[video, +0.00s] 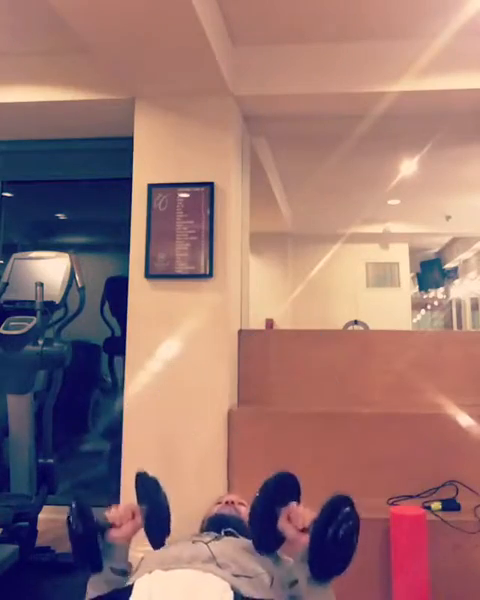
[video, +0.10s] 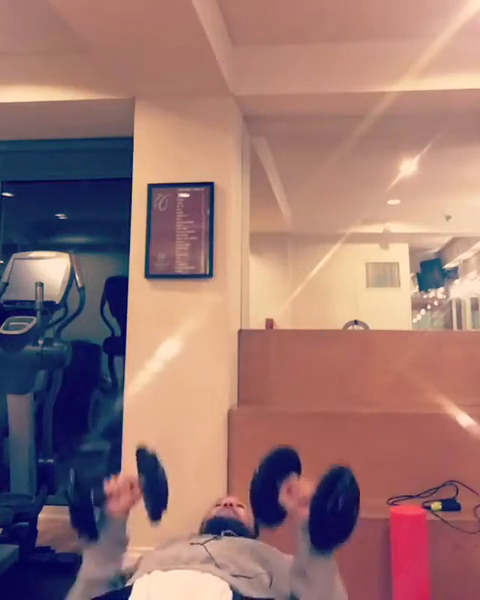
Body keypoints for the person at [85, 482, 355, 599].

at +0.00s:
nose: (230, 503)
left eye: (239, 504)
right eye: (221, 502)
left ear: (254, 520)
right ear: (203, 521)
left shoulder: (268, 554)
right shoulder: (161, 553)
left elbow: (310, 598)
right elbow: (108, 595)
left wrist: (304, 553)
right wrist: (117, 546)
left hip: (218, 589)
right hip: (149, 587)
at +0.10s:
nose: (229, 503)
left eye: (241, 505)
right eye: (220, 503)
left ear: (254, 528)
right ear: (201, 524)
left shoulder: (268, 558)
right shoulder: (156, 557)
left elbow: (317, 594)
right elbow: (89, 593)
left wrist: (310, 531)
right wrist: (114, 520)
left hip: (219, 590)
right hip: (147, 587)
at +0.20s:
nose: (228, 507)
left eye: (238, 509)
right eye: (220, 507)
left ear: (255, 530)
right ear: (202, 524)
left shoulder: (276, 554)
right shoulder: (157, 551)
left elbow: (328, 590)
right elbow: (86, 586)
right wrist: (117, 482)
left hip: (224, 588)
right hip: (152, 586)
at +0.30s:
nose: (228, 511)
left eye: (239, 513)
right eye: (220, 511)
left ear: (258, 533)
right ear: (201, 526)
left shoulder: (281, 559)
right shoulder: (155, 550)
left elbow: (325, 551)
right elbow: (97, 538)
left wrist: (295, 439)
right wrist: (123, 445)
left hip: (224, 589)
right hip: (152, 586)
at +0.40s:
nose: (229, 515)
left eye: (241, 517)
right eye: (222, 515)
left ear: (258, 532)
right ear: (203, 529)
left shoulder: (284, 565)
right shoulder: (142, 557)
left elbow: (307, 508)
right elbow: (115, 501)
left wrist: (284, 407)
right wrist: (133, 409)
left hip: (222, 588)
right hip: (147, 586)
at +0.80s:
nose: (225, 505)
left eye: (236, 507)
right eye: (217, 505)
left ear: (255, 528)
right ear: (198, 524)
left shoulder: (276, 556)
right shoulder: (151, 551)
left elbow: (322, 548)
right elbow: (97, 536)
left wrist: (288, 448)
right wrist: (124, 446)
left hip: (225, 588)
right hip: (150, 585)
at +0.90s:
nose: (226, 502)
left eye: (237, 503)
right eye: (217, 502)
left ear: (254, 525)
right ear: (199, 524)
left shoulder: (272, 551)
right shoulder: (157, 553)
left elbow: (331, 590)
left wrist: (300, 488)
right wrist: (112, 485)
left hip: (223, 589)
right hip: (153, 588)